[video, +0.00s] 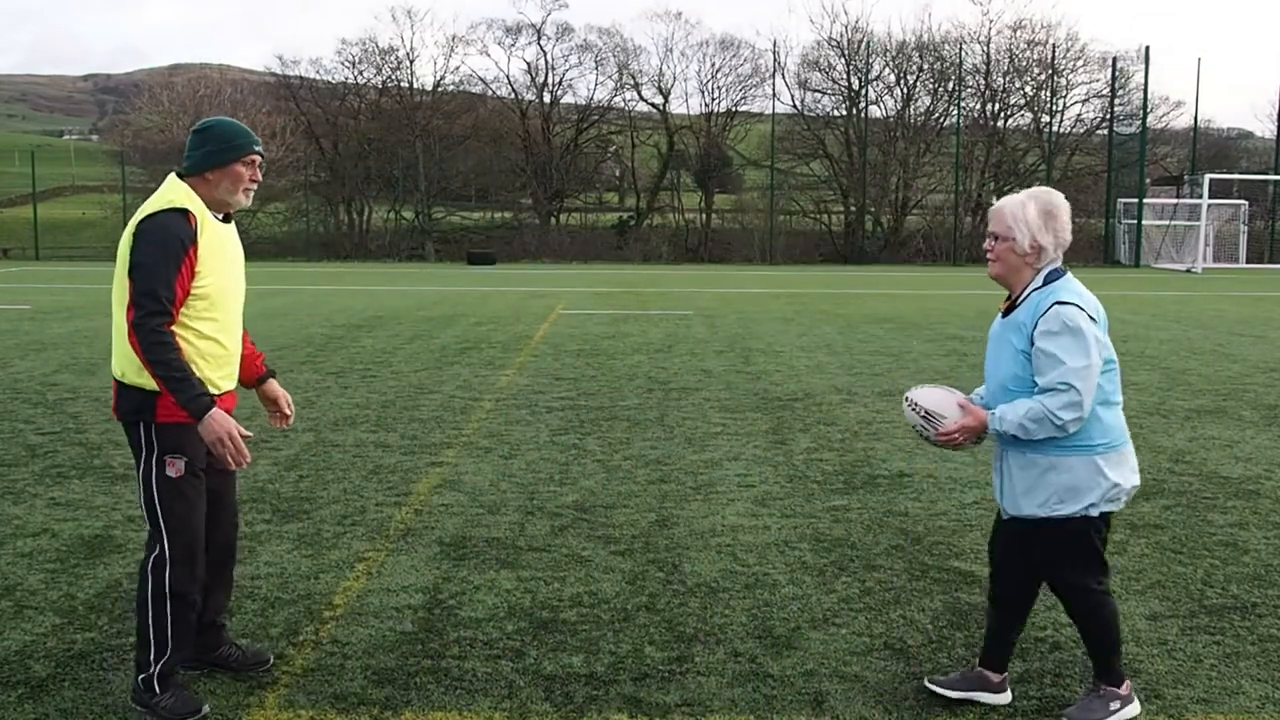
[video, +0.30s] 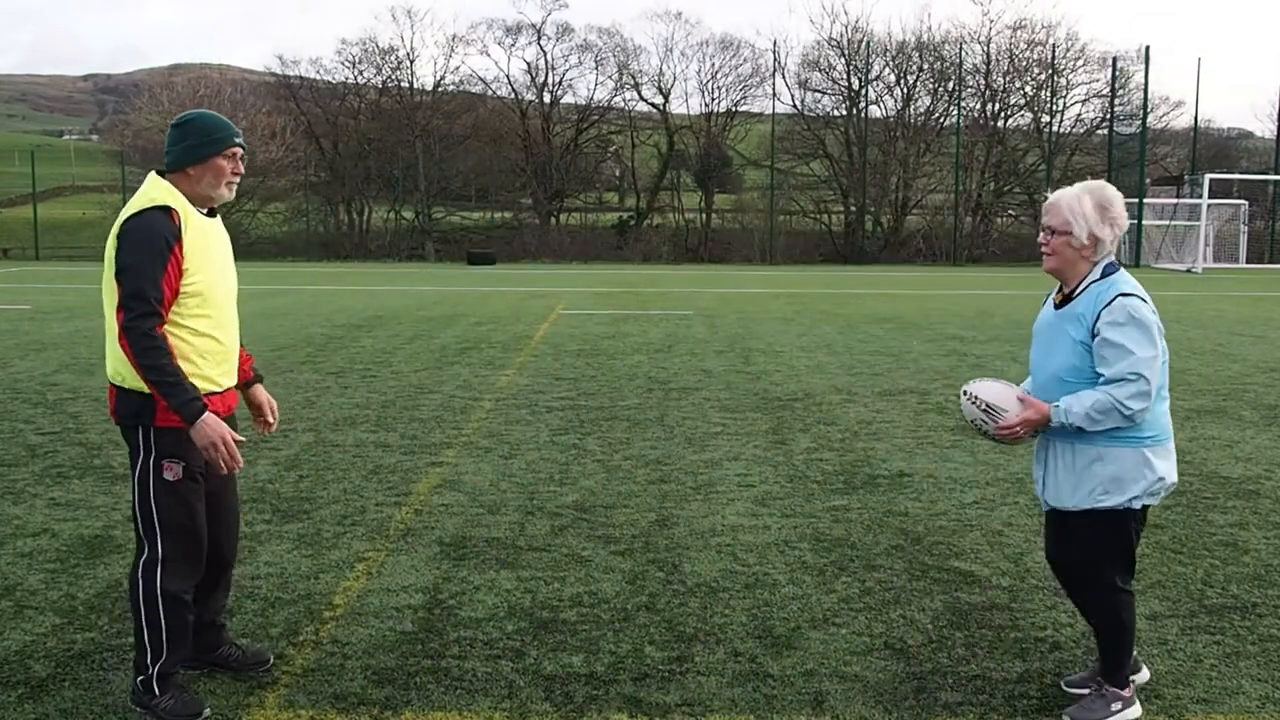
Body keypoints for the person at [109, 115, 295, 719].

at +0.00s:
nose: (257, 176)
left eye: (258, 167)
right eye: (248, 165)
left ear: (230, 171)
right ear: (210, 166)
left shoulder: (219, 224)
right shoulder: (169, 220)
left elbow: (219, 319)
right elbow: (149, 326)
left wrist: (262, 378)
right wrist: (204, 408)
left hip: (207, 402)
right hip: (161, 405)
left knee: (218, 533)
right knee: (177, 545)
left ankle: (206, 642)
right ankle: (156, 682)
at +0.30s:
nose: (238, 169)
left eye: (239, 160)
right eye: (229, 158)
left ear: (216, 165)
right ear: (192, 159)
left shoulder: (205, 221)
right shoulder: (152, 219)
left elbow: (210, 317)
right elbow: (139, 329)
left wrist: (248, 381)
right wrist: (195, 412)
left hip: (206, 406)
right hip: (159, 409)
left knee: (217, 537)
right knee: (172, 550)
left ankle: (205, 643)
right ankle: (156, 684)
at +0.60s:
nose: (233, 168)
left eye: (236, 158)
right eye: (223, 156)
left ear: (219, 165)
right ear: (186, 158)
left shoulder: (203, 218)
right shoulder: (150, 218)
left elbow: (212, 313)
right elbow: (139, 328)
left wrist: (248, 381)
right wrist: (184, 416)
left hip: (212, 409)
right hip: (162, 414)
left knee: (211, 539)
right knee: (167, 551)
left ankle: (205, 643)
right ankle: (156, 682)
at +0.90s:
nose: (233, 167)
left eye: (235, 157)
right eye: (222, 155)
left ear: (219, 166)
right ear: (185, 159)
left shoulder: (204, 218)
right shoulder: (151, 218)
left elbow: (214, 314)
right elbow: (139, 328)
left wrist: (253, 380)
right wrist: (189, 414)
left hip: (214, 408)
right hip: (164, 413)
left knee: (213, 536)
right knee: (166, 549)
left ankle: (205, 641)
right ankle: (155, 680)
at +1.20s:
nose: (235, 168)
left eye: (238, 158)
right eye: (225, 156)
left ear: (221, 166)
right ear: (188, 159)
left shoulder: (205, 220)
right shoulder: (153, 218)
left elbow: (215, 315)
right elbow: (143, 327)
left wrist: (252, 381)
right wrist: (195, 412)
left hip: (214, 408)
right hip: (164, 411)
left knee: (212, 537)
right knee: (166, 550)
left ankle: (205, 641)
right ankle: (156, 679)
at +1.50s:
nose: (241, 174)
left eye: (244, 164)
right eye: (232, 161)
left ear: (227, 168)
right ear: (194, 160)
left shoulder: (209, 219)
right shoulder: (158, 218)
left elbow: (217, 316)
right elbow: (147, 327)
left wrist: (255, 382)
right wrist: (199, 411)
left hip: (215, 409)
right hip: (166, 412)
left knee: (215, 536)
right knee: (168, 549)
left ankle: (205, 640)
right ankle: (156, 680)